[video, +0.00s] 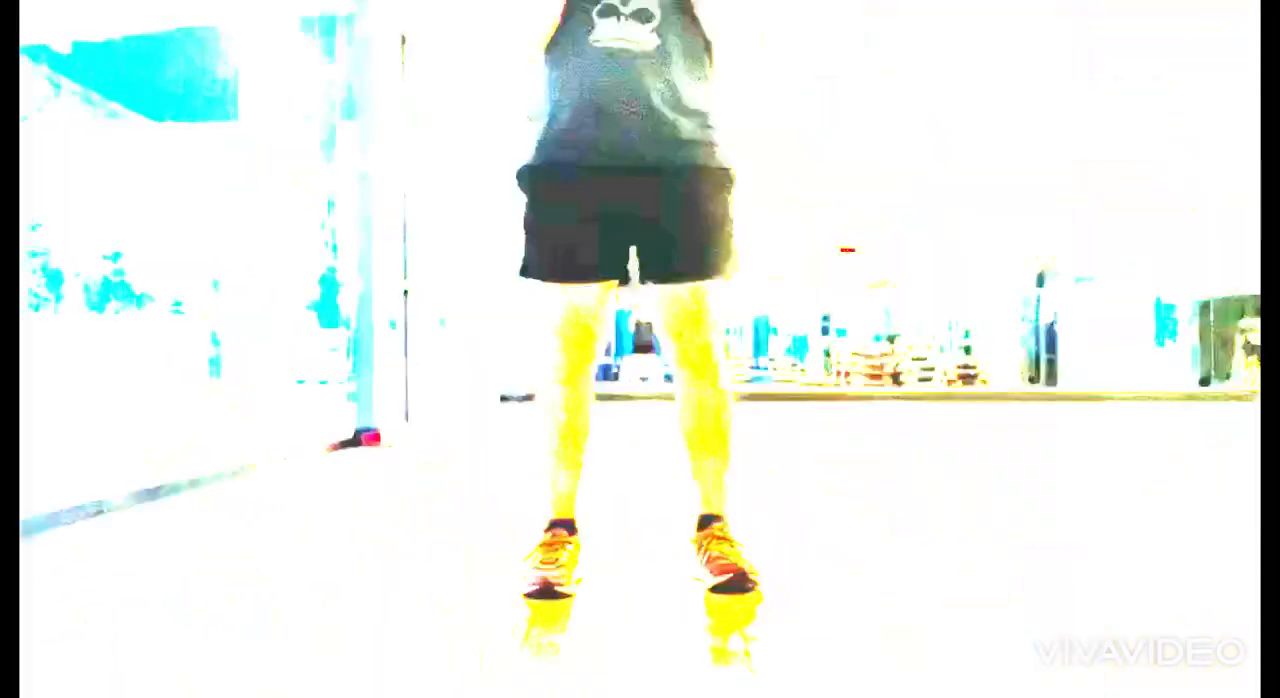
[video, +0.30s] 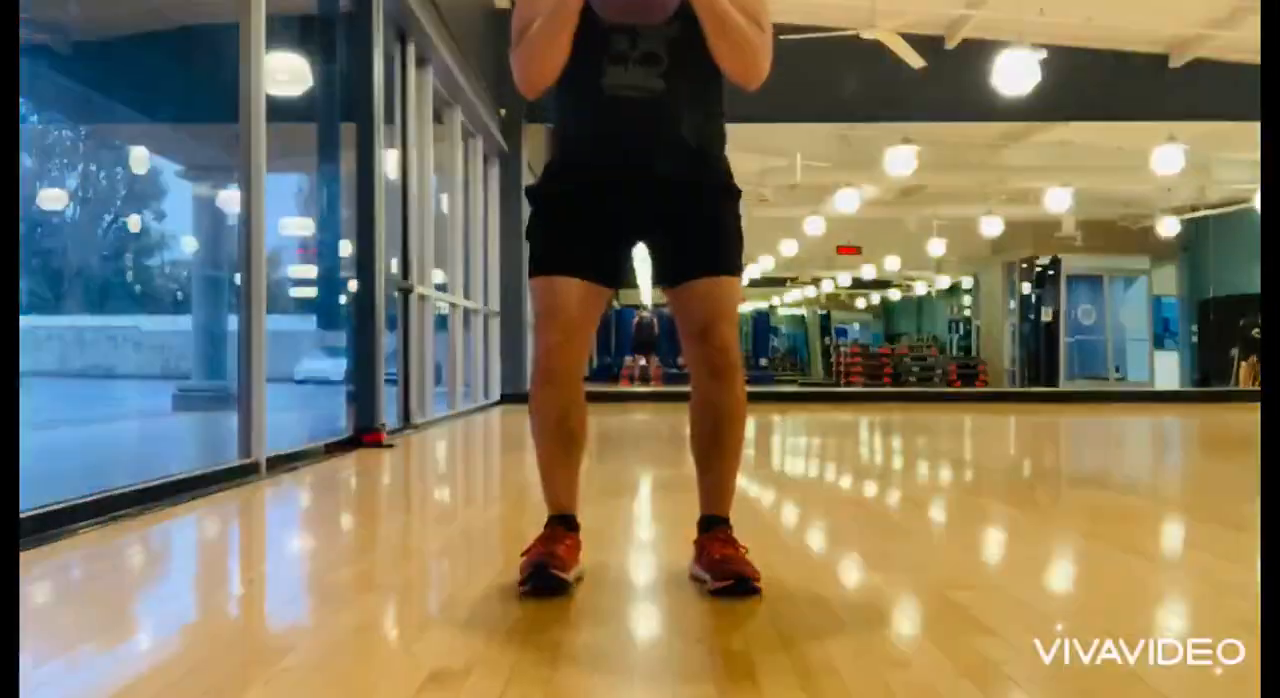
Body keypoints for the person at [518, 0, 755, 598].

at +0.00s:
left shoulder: (685, 11)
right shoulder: (564, 10)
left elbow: (712, 54)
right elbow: (529, 39)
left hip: (683, 157)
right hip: (575, 156)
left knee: (697, 351)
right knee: (571, 354)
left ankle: (715, 528)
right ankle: (560, 533)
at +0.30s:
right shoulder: (550, 0)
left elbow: (752, 68)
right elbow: (531, 78)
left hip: (691, 177)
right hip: (583, 177)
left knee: (716, 348)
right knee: (556, 347)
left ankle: (716, 534)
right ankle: (559, 529)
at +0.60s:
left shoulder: (729, 71)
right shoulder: (556, 70)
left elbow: (744, 201)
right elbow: (532, 206)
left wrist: (696, 106)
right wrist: (579, 113)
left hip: (687, 272)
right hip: (585, 271)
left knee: (726, 368)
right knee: (546, 374)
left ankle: (716, 536)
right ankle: (559, 536)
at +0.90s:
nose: (638, 46)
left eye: (656, 31)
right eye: (621, 30)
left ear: (681, 49)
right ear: (596, 46)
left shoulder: (723, 150)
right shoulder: (552, 154)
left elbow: (744, 284)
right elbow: (530, 295)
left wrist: (694, 202)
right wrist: (573, 211)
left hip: (684, 339)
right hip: (586, 338)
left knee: (722, 371)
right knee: (544, 379)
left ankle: (716, 538)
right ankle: (558, 538)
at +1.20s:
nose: (637, 32)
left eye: (656, 17)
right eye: (621, 16)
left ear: (682, 39)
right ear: (596, 35)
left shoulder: (724, 136)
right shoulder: (552, 141)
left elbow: (747, 279)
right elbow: (530, 287)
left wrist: (695, 197)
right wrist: (571, 202)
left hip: (689, 326)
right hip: (588, 326)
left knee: (722, 377)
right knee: (549, 382)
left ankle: (715, 538)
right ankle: (559, 538)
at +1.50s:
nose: (663, 3)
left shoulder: (751, 22)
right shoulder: (571, 20)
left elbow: (766, 158)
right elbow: (542, 160)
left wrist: (714, 59)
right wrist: (596, 60)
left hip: (701, 236)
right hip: (597, 233)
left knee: (721, 378)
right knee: (556, 383)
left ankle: (714, 537)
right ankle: (559, 535)